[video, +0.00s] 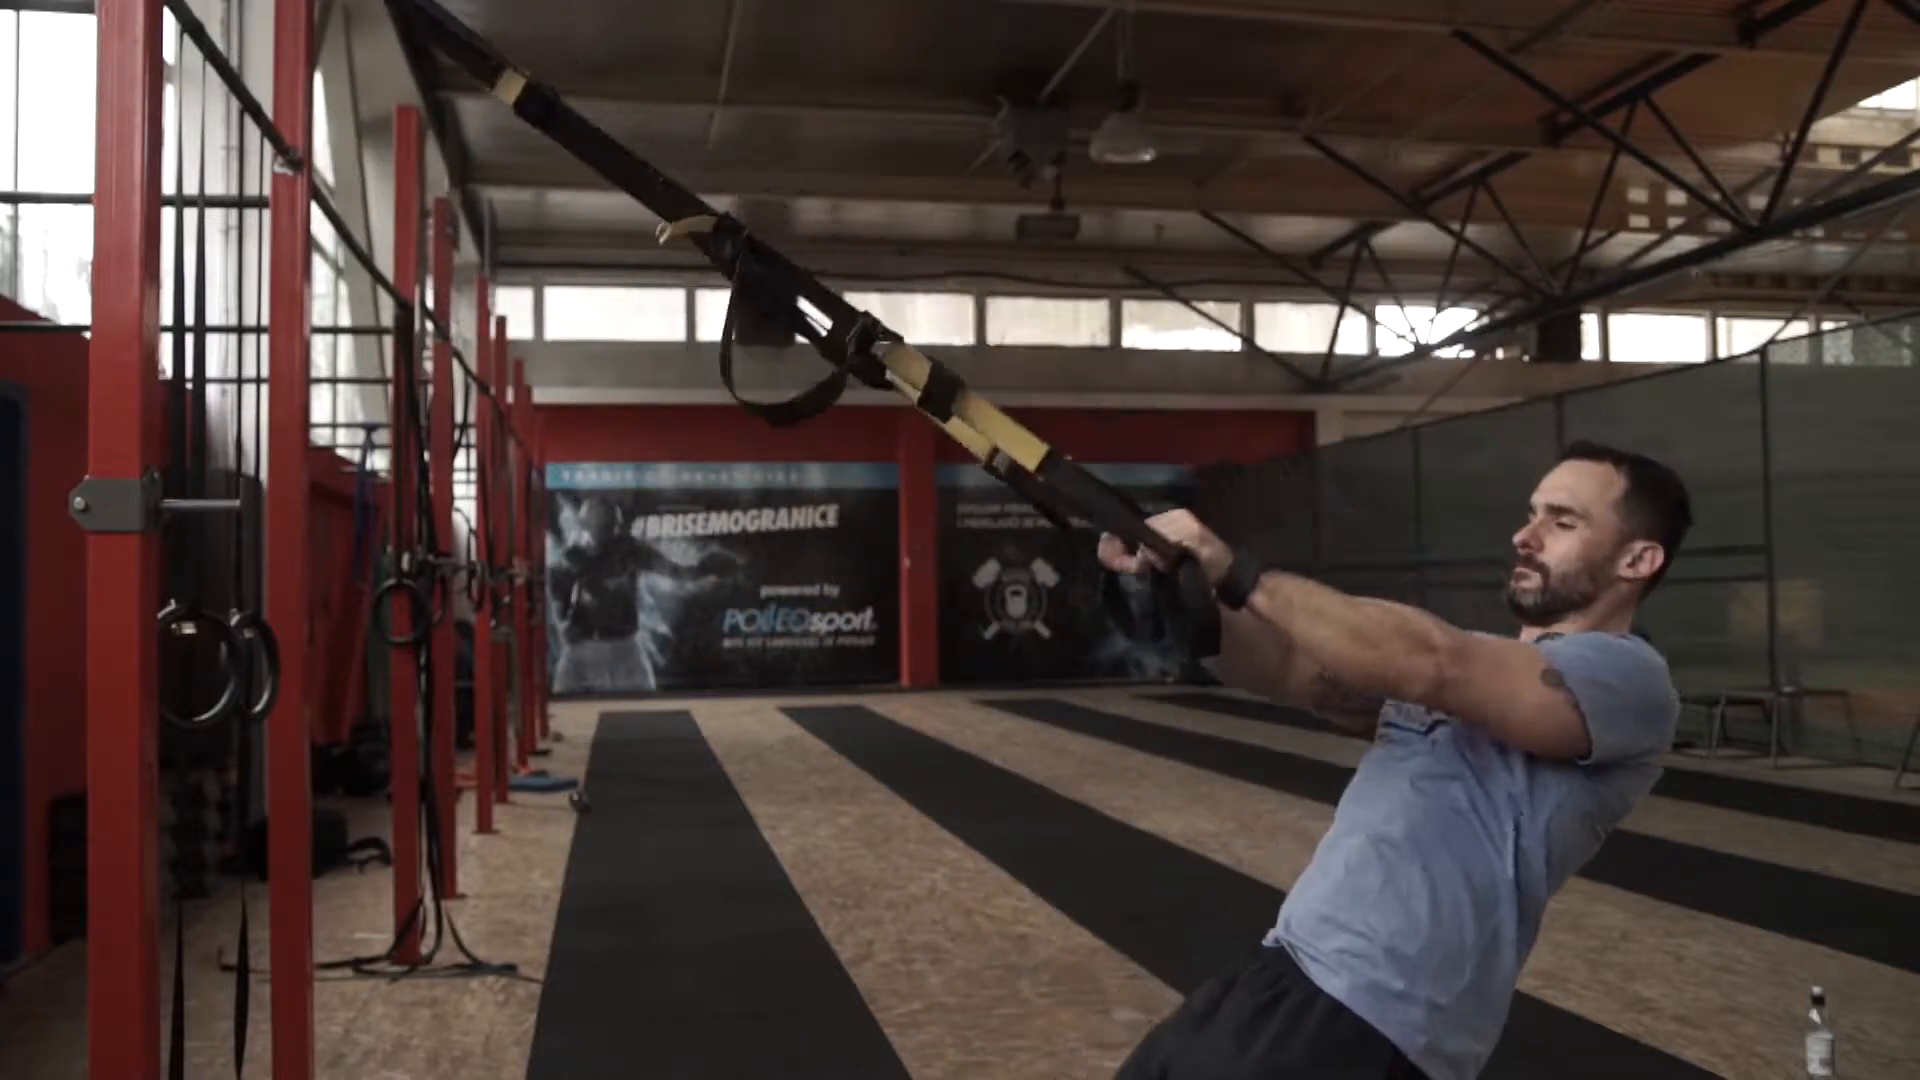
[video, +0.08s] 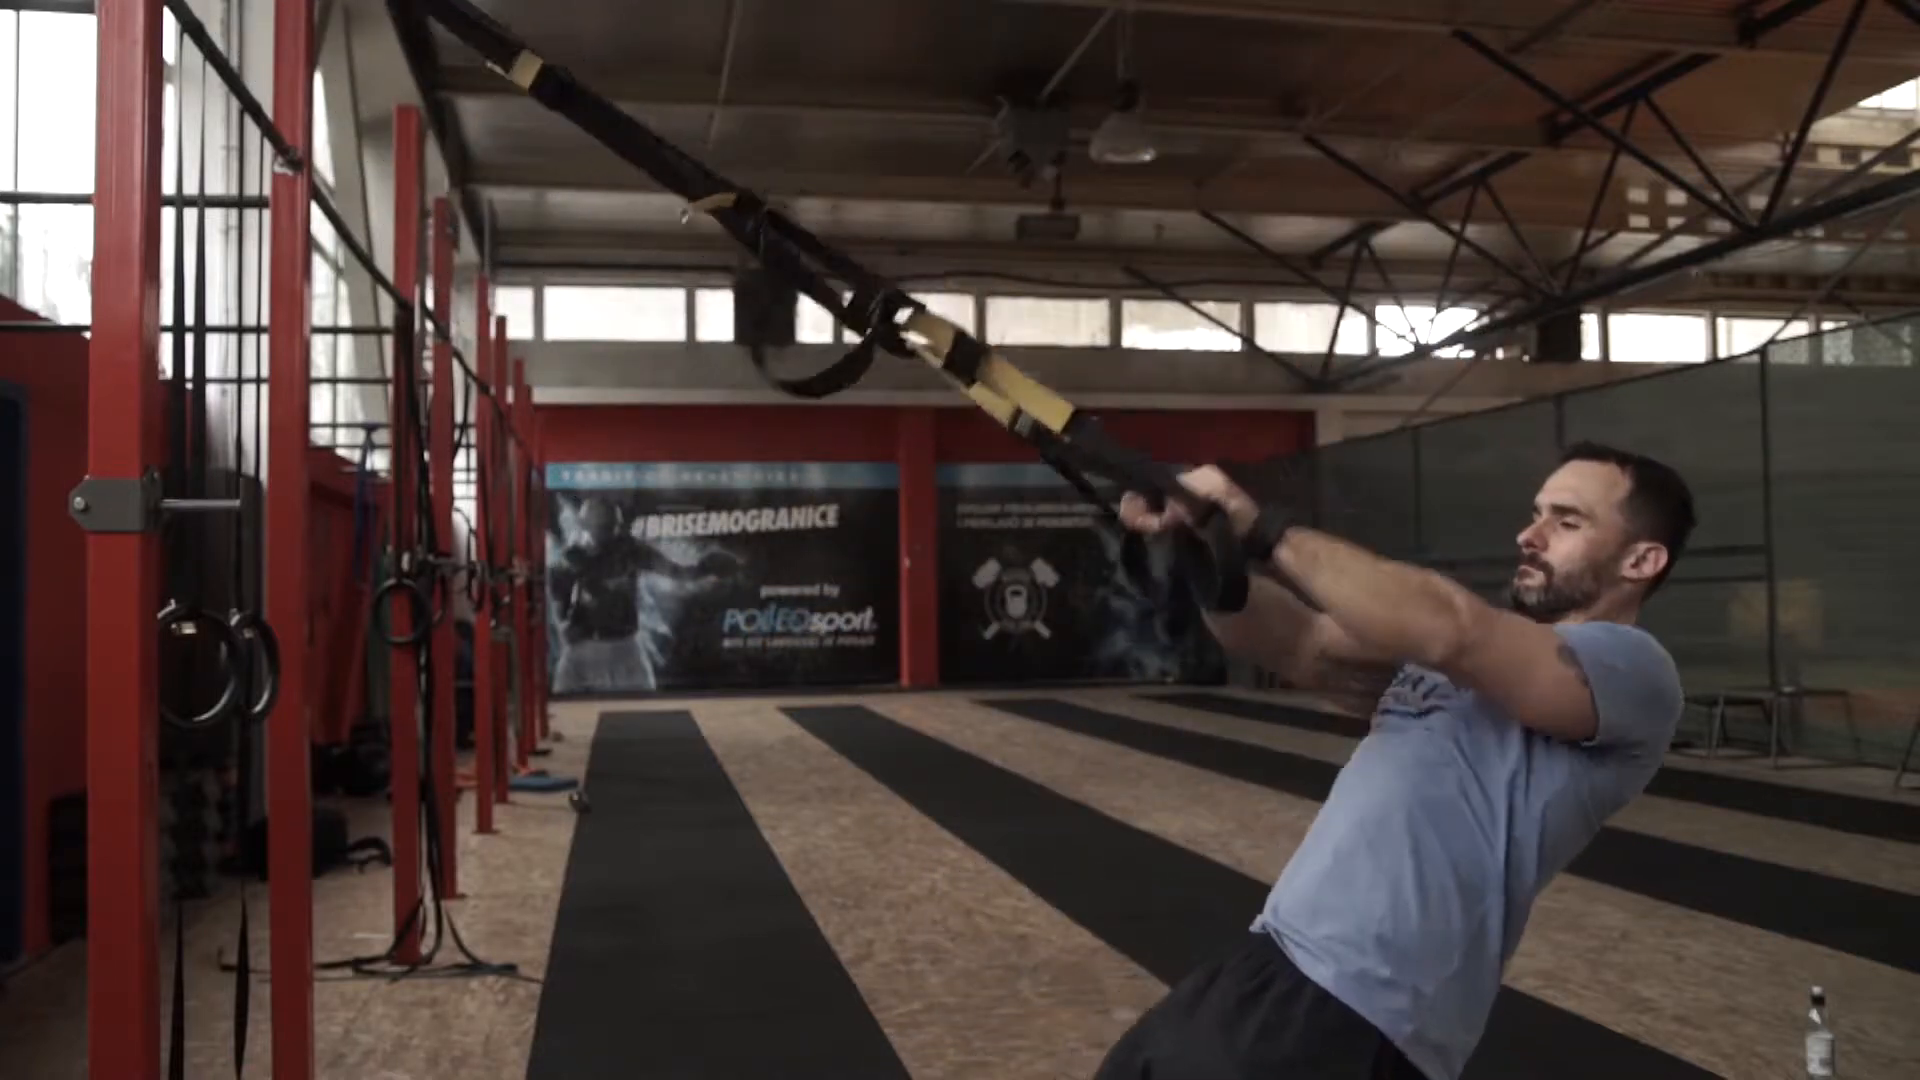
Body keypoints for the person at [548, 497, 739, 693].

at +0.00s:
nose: (600, 525)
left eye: (605, 518)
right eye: (593, 519)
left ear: (615, 519)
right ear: (583, 522)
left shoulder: (630, 549)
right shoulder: (574, 556)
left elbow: (673, 572)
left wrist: (702, 571)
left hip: (624, 646)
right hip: (580, 648)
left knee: (636, 713)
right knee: (572, 716)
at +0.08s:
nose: (600, 525)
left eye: (605, 518)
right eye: (594, 519)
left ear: (615, 519)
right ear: (583, 522)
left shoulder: (630, 549)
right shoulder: (573, 557)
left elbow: (673, 572)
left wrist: (702, 571)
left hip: (624, 647)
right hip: (580, 649)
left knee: (635, 715)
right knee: (573, 717)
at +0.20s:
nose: (600, 525)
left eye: (605, 518)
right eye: (593, 519)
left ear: (615, 519)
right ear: (583, 522)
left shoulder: (630, 549)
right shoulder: (574, 556)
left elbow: (673, 572)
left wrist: (702, 571)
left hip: (624, 646)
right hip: (580, 648)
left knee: (636, 713)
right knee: (572, 716)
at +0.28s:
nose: (600, 525)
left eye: (605, 518)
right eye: (593, 519)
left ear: (615, 519)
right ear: (583, 522)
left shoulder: (630, 549)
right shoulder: (574, 556)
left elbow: (672, 571)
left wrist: (702, 571)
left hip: (624, 646)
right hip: (580, 648)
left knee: (636, 713)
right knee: (572, 716)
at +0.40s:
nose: (602, 524)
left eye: (607, 517)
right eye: (594, 517)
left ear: (615, 518)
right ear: (582, 521)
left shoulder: (629, 549)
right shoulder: (571, 557)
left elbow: (672, 571)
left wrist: (702, 572)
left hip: (624, 647)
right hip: (580, 650)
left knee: (635, 715)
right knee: (573, 718)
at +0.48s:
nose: (601, 524)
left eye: (606, 517)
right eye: (594, 517)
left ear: (615, 518)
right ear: (582, 521)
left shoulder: (629, 549)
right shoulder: (571, 557)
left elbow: (672, 571)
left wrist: (702, 571)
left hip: (624, 648)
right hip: (580, 650)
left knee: (636, 716)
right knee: (573, 718)